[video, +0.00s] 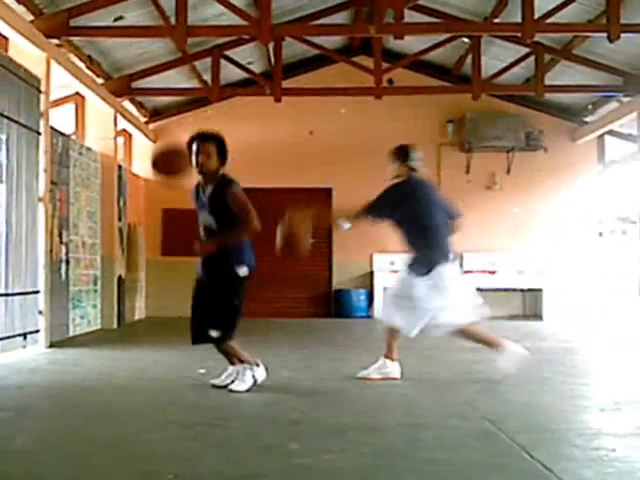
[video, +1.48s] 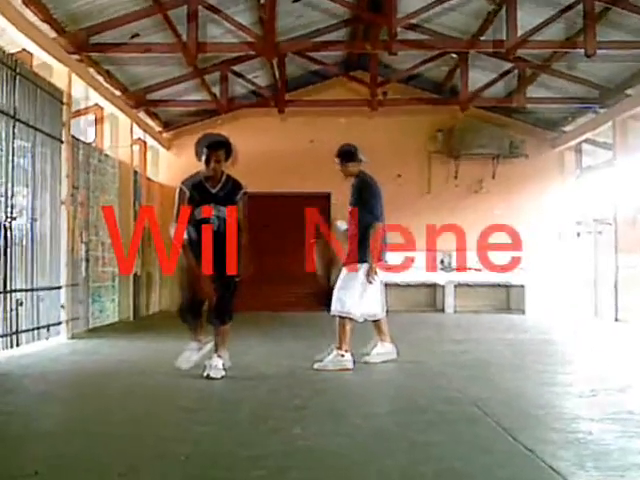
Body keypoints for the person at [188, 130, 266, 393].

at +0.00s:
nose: (201, 161)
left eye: (208, 156)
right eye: (198, 155)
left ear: (221, 159)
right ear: (194, 159)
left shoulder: (229, 189)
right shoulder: (199, 190)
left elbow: (253, 224)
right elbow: (209, 224)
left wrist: (217, 241)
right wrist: (203, 244)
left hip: (234, 263)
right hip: (212, 262)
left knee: (215, 327)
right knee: (206, 324)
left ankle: (250, 366)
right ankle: (236, 364)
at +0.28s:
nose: (201, 136)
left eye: (207, 131)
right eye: (197, 131)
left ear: (221, 134)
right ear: (194, 135)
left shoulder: (238, 160)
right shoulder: (186, 164)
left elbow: (270, 175)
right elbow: (159, 185)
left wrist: (262, 213)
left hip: (231, 237)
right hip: (203, 239)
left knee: (214, 296)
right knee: (211, 298)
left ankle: (218, 353)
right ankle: (229, 352)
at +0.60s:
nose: (209, 157)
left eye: (214, 152)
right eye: (205, 152)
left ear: (223, 154)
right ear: (198, 154)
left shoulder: (235, 186)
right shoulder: (183, 182)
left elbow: (249, 219)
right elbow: (167, 211)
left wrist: (263, 241)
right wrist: (172, 240)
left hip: (225, 262)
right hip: (194, 261)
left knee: (218, 316)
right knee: (193, 317)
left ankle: (215, 363)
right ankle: (208, 351)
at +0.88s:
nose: (222, 171)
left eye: (226, 166)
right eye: (218, 166)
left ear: (232, 166)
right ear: (210, 165)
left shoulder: (240, 191)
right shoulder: (197, 189)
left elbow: (246, 226)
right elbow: (188, 227)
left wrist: (248, 257)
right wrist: (197, 259)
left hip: (231, 259)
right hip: (204, 258)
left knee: (227, 306)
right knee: (197, 304)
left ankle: (224, 348)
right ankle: (206, 336)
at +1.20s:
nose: (219, 169)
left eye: (223, 163)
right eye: (215, 163)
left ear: (229, 163)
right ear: (206, 162)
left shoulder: (237, 190)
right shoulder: (193, 188)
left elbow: (243, 226)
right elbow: (183, 227)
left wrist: (243, 257)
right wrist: (193, 261)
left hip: (228, 257)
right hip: (199, 256)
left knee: (224, 306)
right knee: (194, 304)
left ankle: (221, 352)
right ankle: (201, 340)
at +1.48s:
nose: (215, 167)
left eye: (220, 161)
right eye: (211, 161)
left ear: (227, 161)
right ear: (203, 160)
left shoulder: (236, 190)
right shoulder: (188, 187)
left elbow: (243, 227)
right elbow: (179, 229)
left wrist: (242, 260)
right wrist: (193, 267)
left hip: (226, 256)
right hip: (195, 255)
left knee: (222, 306)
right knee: (190, 304)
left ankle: (219, 355)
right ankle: (199, 341)